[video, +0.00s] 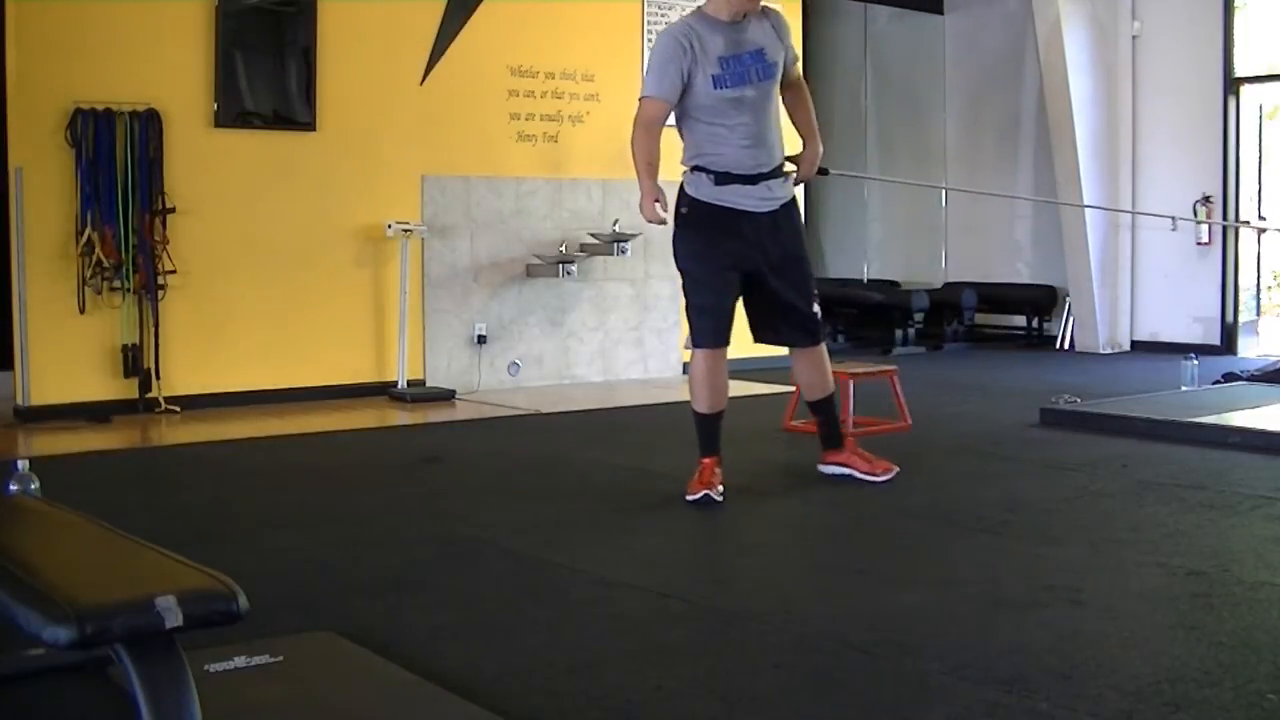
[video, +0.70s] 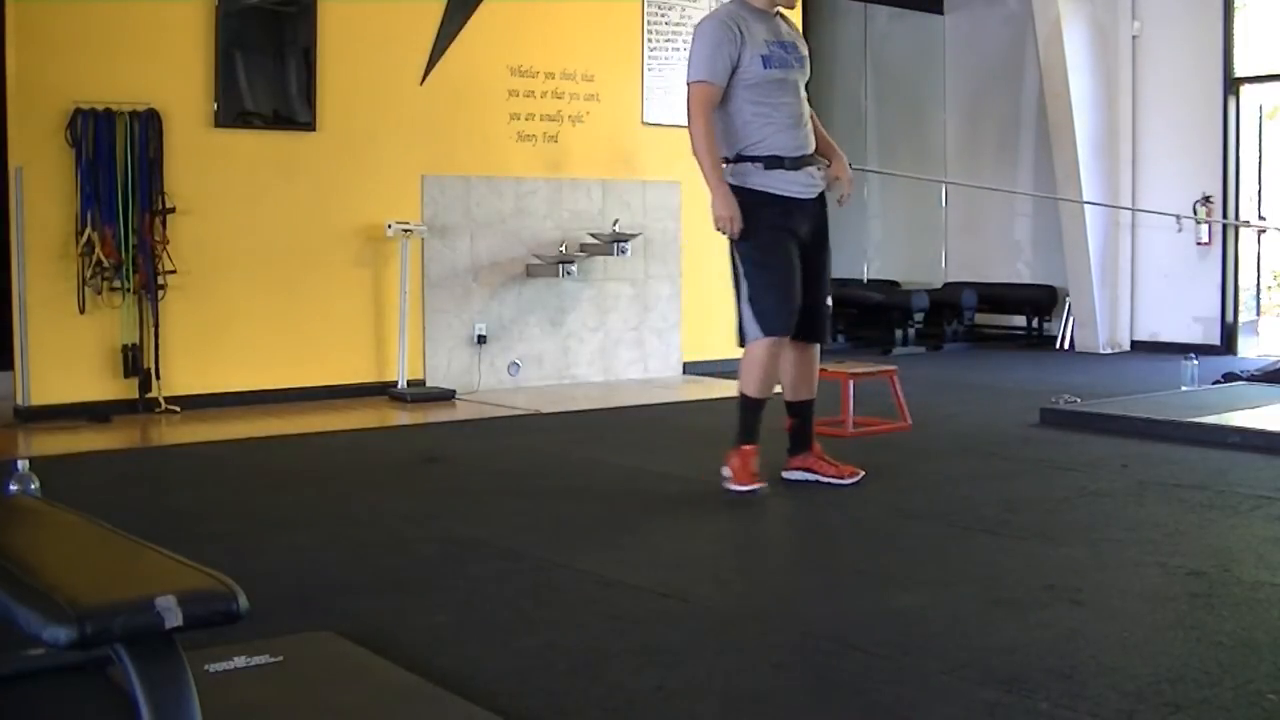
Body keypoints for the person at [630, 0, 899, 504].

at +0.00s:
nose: (758, 1)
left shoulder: (770, 23)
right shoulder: (679, 41)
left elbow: (792, 82)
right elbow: (648, 120)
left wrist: (813, 142)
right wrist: (647, 181)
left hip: (775, 207)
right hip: (708, 209)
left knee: (806, 330)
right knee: (709, 338)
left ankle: (835, 448)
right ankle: (709, 464)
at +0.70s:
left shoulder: (791, 31)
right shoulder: (720, 27)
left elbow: (796, 106)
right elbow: (699, 112)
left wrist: (834, 153)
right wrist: (718, 190)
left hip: (808, 197)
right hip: (757, 196)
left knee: (806, 328)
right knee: (772, 323)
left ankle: (802, 454)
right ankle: (745, 452)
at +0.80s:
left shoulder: (801, 29)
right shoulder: (732, 25)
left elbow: (805, 105)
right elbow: (708, 110)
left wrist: (844, 150)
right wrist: (737, 184)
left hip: (814, 191)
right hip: (769, 191)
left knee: (815, 317)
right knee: (803, 313)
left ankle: (805, 449)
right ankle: (795, 453)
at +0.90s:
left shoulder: (810, 25)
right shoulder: (745, 26)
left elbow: (816, 100)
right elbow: (714, 110)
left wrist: (856, 147)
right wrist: (749, 180)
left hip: (826, 192)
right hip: (781, 193)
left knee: (814, 322)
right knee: (830, 314)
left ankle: (800, 452)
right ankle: (853, 451)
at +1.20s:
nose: (873, 3)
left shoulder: (861, 34)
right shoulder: (797, 47)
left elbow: (852, 94)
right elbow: (750, 128)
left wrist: (877, 120)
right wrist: (749, 204)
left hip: (871, 201)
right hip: (832, 203)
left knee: (863, 329)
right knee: (882, 323)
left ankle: (813, 443)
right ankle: (909, 452)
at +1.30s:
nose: (897, 7)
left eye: (897, 2)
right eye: (892, 0)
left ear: (871, 3)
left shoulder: (878, 44)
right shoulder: (820, 51)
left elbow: (869, 125)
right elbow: (780, 138)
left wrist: (882, 185)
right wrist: (763, 216)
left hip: (884, 200)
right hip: (845, 203)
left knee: (913, 318)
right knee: (898, 323)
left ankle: (843, 418)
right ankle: (914, 452)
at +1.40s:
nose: (913, 11)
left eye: (915, 5)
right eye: (910, 3)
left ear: (890, 3)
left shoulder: (894, 46)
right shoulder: (836, 48)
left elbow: (882, 121)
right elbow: (805, 132)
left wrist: (903, 171)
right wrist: (800, 213)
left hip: (900, 199)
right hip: (855, 201)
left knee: (945, 309)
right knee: (905, 322)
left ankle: (882, 408)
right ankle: (913, 452)